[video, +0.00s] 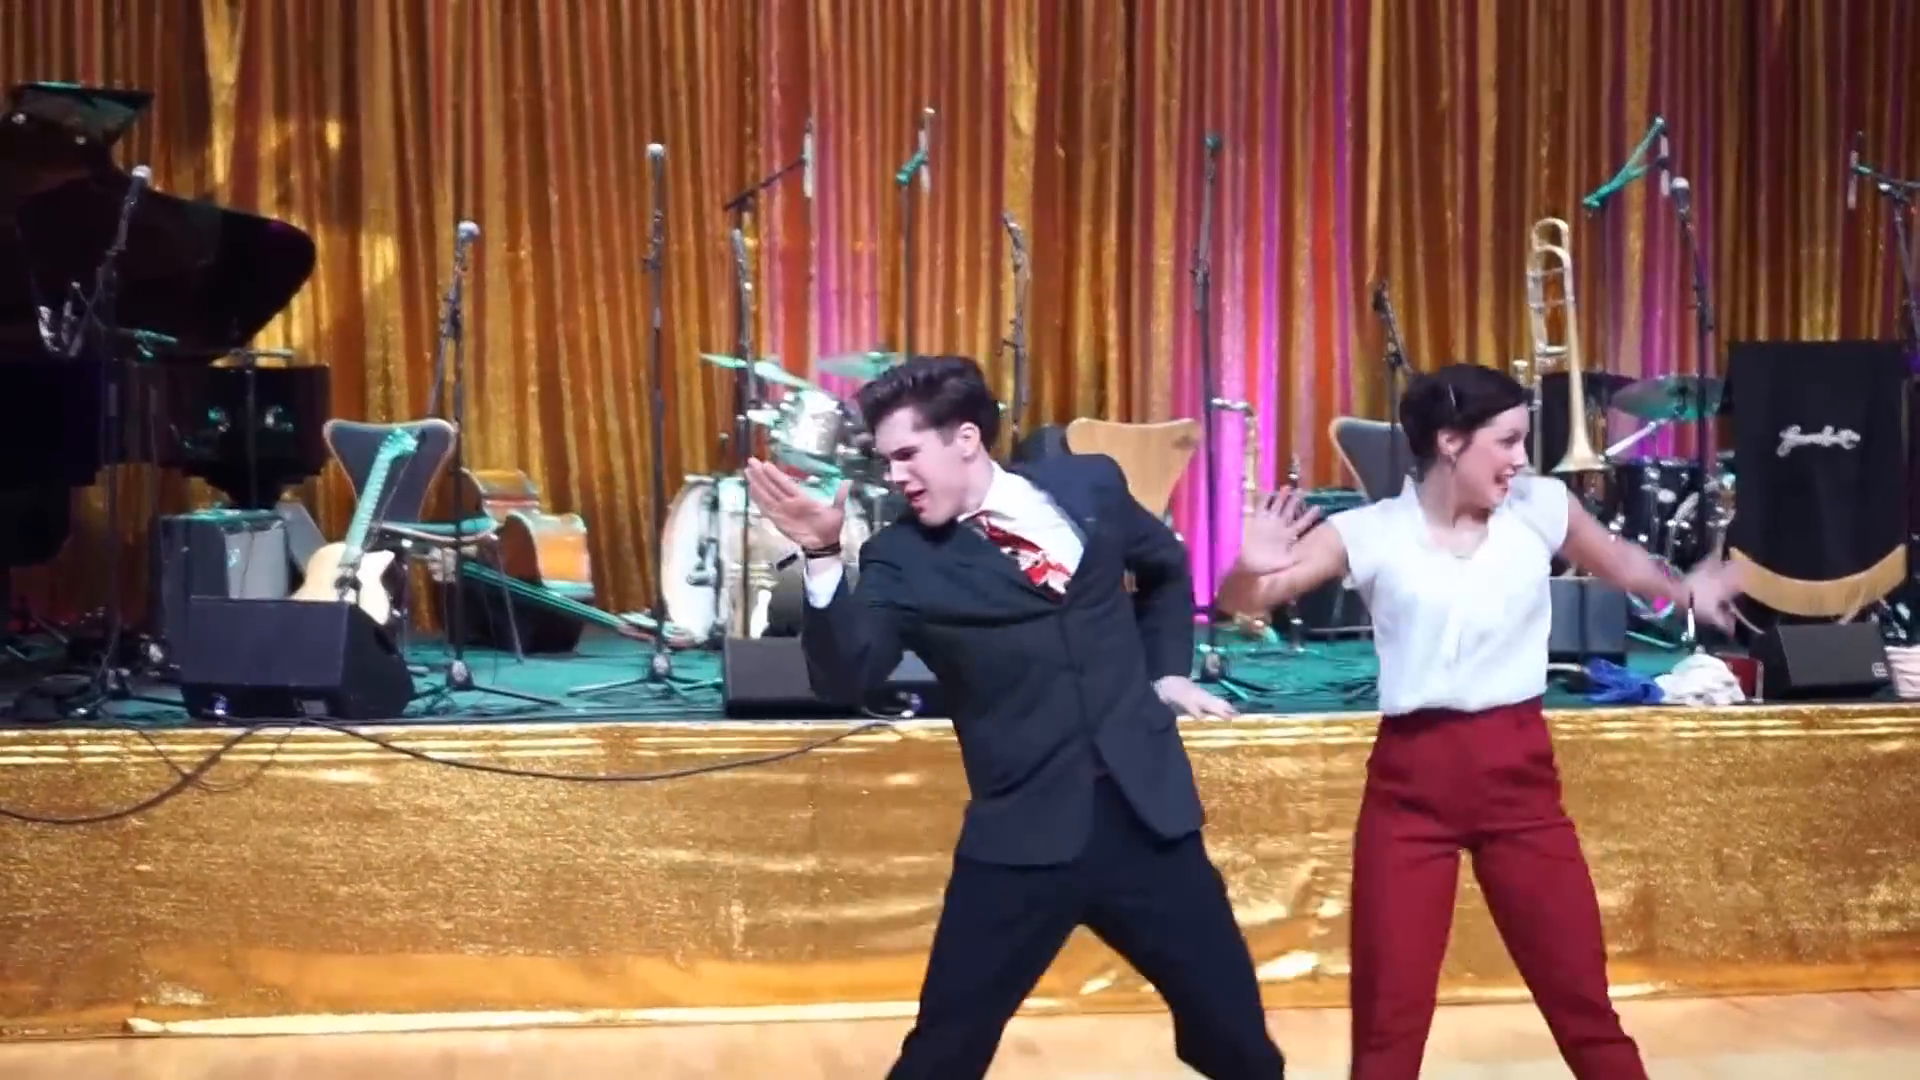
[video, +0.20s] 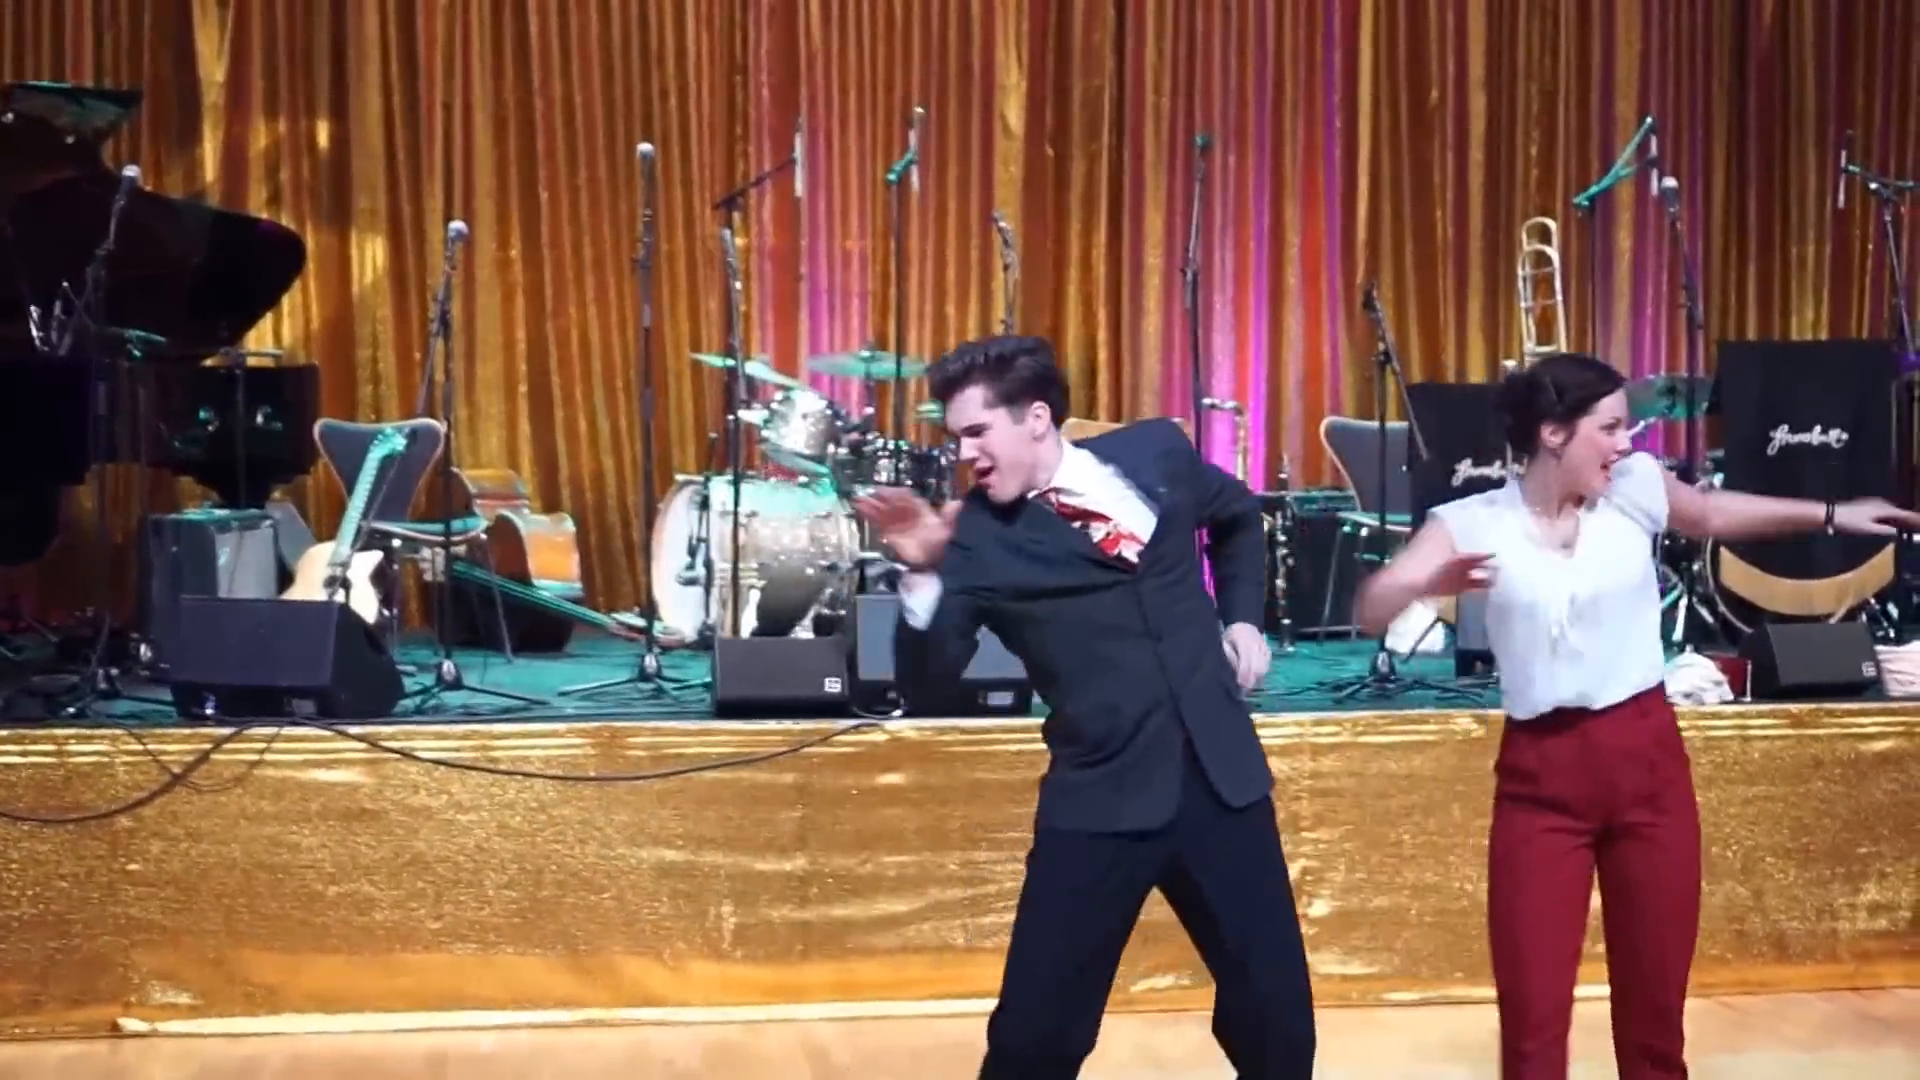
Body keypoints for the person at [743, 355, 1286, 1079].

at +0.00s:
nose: (896, 478)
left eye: (907, 454)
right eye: (885, 462)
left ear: (969, 439)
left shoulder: (1088, 484)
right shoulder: (900, 558)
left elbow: (1165, 562)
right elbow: (843, 680)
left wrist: (1171, 671)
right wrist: (823, 558)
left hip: (1149, 816)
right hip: (1020, 834)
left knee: (1240, 1050)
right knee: (944, 1055)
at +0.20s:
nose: (964, 455)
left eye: (977, 432)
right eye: (957, 438)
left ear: (1041, 420)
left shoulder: (1158, 452)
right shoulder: (974, 543)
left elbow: (1238, 516)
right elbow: (925, 682)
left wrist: (1243, 617)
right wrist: (922, 575)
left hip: (1222, 782)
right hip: (1099, 799)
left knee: (1278, 1025)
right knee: (1035, 1041)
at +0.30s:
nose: (1018, 447)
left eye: (1034, 425)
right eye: (1007, 429)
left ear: (1094, 418)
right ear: (999, 430)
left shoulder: (1194, 476)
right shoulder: (996, 531)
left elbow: (1258, 576)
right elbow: (985, 713)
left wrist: (1267, 678)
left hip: (1215, 796)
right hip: (1093, 815)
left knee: (1284, 1037)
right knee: (1092, 1051)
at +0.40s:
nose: (1129, 456)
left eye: (1144, 436)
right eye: (1109, 438)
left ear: (1168, 440)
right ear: (1074, 447)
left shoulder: (1228, 553)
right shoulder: (1022, 567)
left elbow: (1244, 700)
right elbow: (1016, 739)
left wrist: (1275, 767)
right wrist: (1099, 825)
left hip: (1214, 853)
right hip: (1089, 866)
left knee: (1279, 1056)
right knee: (1142, 1066)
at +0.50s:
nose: (1194, 447)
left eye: (1201, 429)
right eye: (1175, 428)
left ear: (1210, 438)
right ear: (1115, 444)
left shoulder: (1225, 567)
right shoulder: (1027, 546)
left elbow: (1228, 742)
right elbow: (947, 674)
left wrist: (1257, 721)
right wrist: (1015, 772)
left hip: (1181, 844)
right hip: (1056, 846)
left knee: (1257, 1059)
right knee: (1073, 1061)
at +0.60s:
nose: (1185, 404)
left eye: (1187, 388)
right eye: (1164, 386)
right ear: (1100, 397)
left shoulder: (1199, 544)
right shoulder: (1002, 473)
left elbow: (1235, 695)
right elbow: (895, 582)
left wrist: (1284, 657)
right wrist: (928, 687)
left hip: (1127, 805)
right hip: (1003, 795)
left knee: (1185, 1035)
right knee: (977, 1033)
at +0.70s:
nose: (1138, 401)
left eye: (1141, 384)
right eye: (1120, 379)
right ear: (1056, 389)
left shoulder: (1138, 528)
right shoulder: (955, 457)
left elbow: (1204, 644)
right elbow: (819, 537)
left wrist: (1314, 669)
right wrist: (832, 641)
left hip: (1083, 799)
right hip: (957, 791)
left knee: (1128, 1039)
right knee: (893, 1028)